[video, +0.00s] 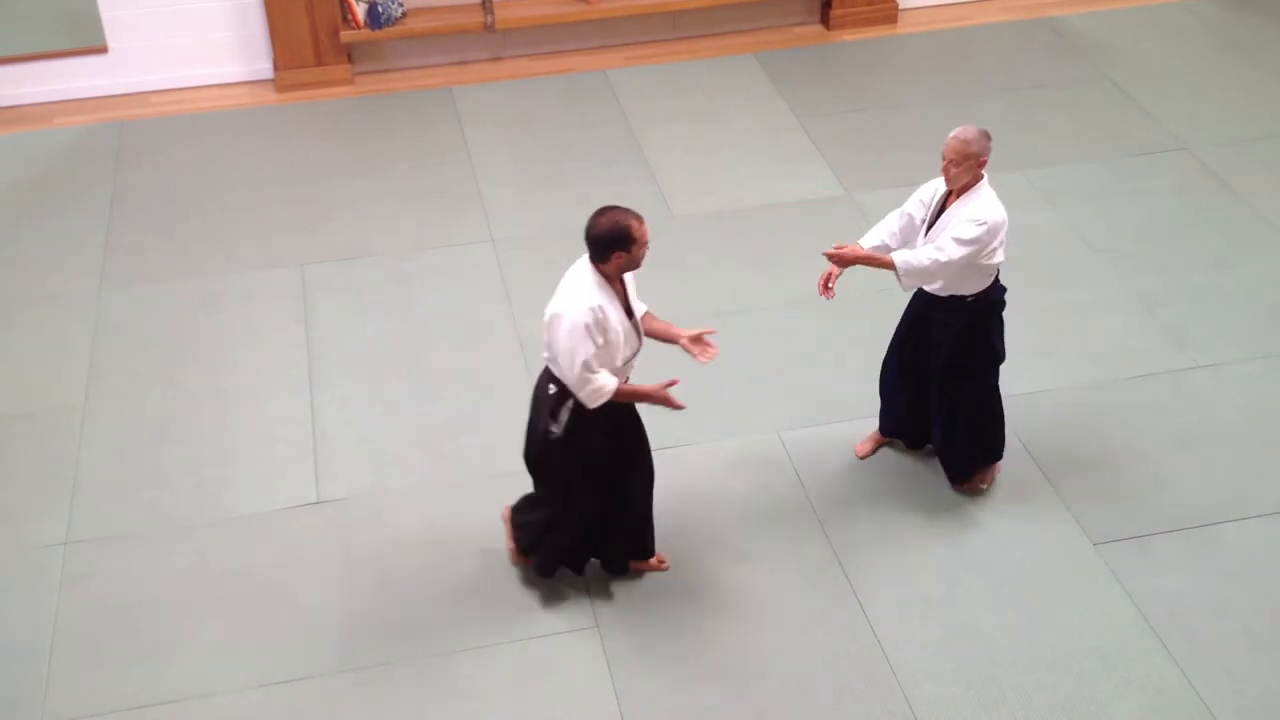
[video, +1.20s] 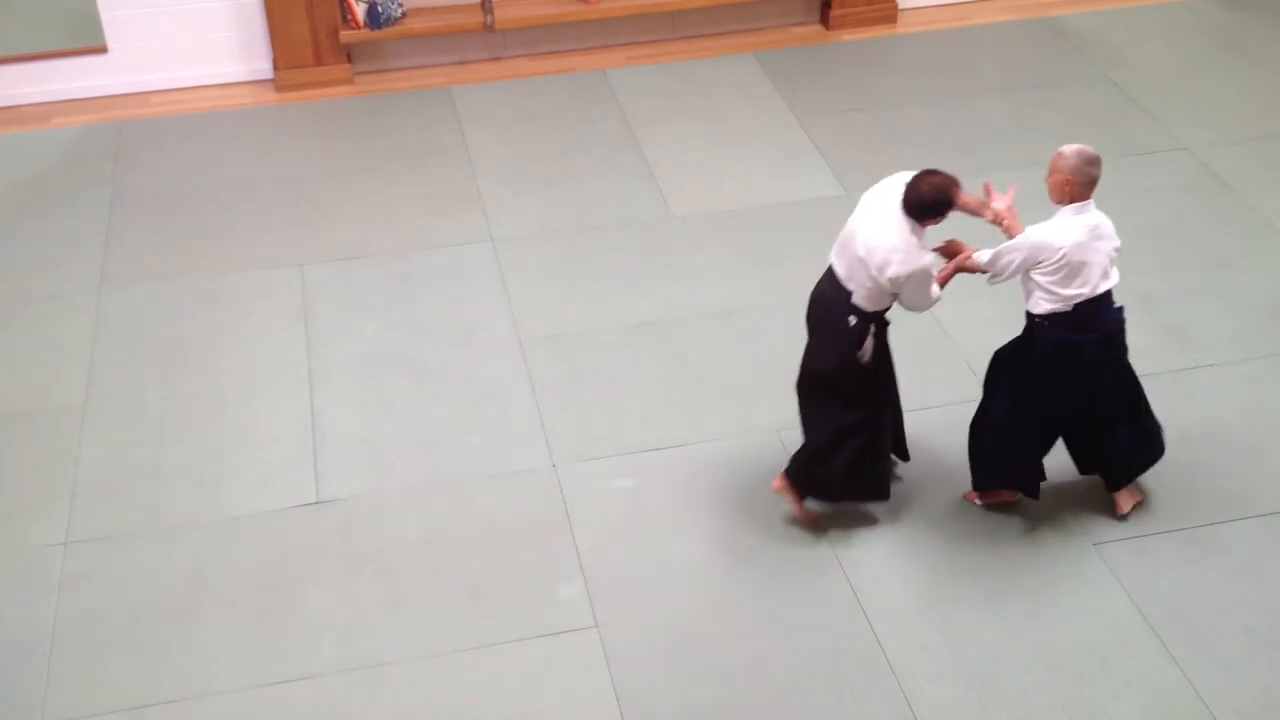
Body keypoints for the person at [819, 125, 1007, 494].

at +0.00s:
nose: (945, 169)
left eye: (954, 164)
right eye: (943, 160)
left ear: (981, 166)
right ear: (942, 155)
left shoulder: (986, 215)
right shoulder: (937, 190)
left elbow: (931, 261)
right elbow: (895, 226)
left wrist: (862, 258)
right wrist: (845, 263)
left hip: (972, 310)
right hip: (930, 300)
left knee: (970, 387)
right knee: (902, 366)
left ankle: (982, 460)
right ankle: (892, 428)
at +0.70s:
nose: (940, 184)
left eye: (949, 179)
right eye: (941, 176)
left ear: (978, 183)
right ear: (969, 181)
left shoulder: (986, 231)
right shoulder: (955, 206)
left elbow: (934, 272)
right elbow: (924, 249)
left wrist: (866, 283)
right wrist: (889, 258)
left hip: (990, 321)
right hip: (952, 309)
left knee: (973, 403)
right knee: (903, 368)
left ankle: (1005, 481)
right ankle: (886, 431)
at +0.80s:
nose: (959, 188)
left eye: (968, 183)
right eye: (960, 180)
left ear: (996, 186)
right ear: (989, 185)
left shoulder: (1000, 237)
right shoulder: (979, 211)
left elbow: (947, 280)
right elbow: (945, 259)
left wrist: (885, 295)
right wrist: (906, 255)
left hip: (1014, 328)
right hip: (985, 316)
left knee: (993, 407)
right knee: (941, 367)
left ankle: (1003, 481)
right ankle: (939, 431)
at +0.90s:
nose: (977, 189)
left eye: (985, 184)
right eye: (979, 181)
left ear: (1013, 190)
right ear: (1012, 189)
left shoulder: (1013, 242)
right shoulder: (1007, 213)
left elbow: (956, 284)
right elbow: (968, 260)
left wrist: (896, 294)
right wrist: (928, 246)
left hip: (1026, 336)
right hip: (1008, 323)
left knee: (989, 410)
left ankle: (1002, 483)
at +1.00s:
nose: (999, 187)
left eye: (1006, 181)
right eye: (1001, 179)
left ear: (1031, 189)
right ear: (1033, 188)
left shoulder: (1020, 241)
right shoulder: (1049, 219)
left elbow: (966, 277)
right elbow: (995, 259)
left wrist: (917, 280)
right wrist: (952, 239)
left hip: (1030, 339)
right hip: (1059, 324)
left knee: (986, 396)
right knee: (1042, 399)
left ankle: (1005, 485)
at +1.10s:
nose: (1021, 182)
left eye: (1027, 176)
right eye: (1024, 174)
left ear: (1048, 186)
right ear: (1058, 186)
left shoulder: (1032, 240)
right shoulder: (1075, 222)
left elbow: (980, 270)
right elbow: (1015, 259)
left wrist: (936, 266)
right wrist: (979, 231)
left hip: (1042, 341)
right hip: (1084, 329)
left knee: (988, 387)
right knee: (1090, 397)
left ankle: (1004, 483)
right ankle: (1128, 466)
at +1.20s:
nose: (1046, 179)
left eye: (1050, 173)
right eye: (1049, 172)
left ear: (1065, 184)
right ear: (1089, 184)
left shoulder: (1044, 237)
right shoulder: (1103, 226)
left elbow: (994, 263)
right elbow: (1046, 251)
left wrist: (961, 257)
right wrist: (1009, 221)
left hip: (1052, 343)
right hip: (1101, 335)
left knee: (1004, 392)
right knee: (1100, 409)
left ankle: (1002, 482)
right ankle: (1122, 487)